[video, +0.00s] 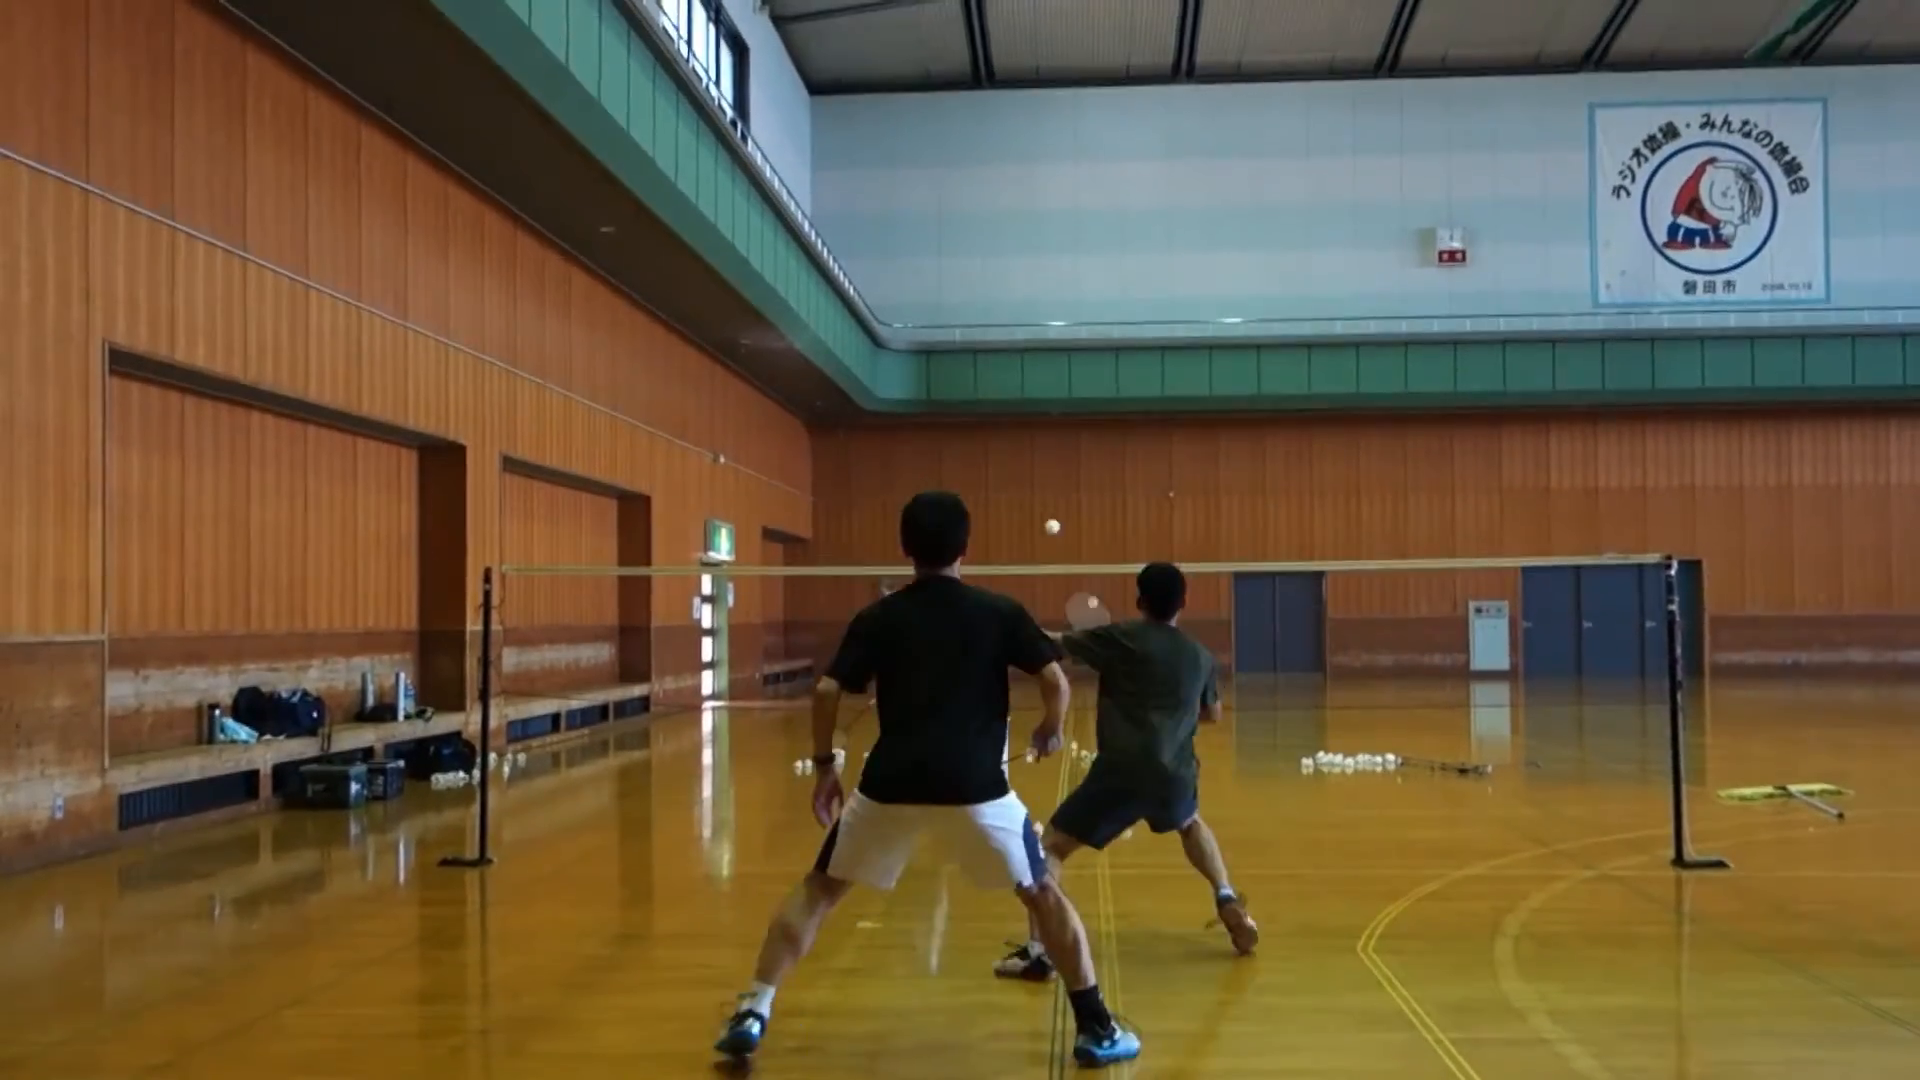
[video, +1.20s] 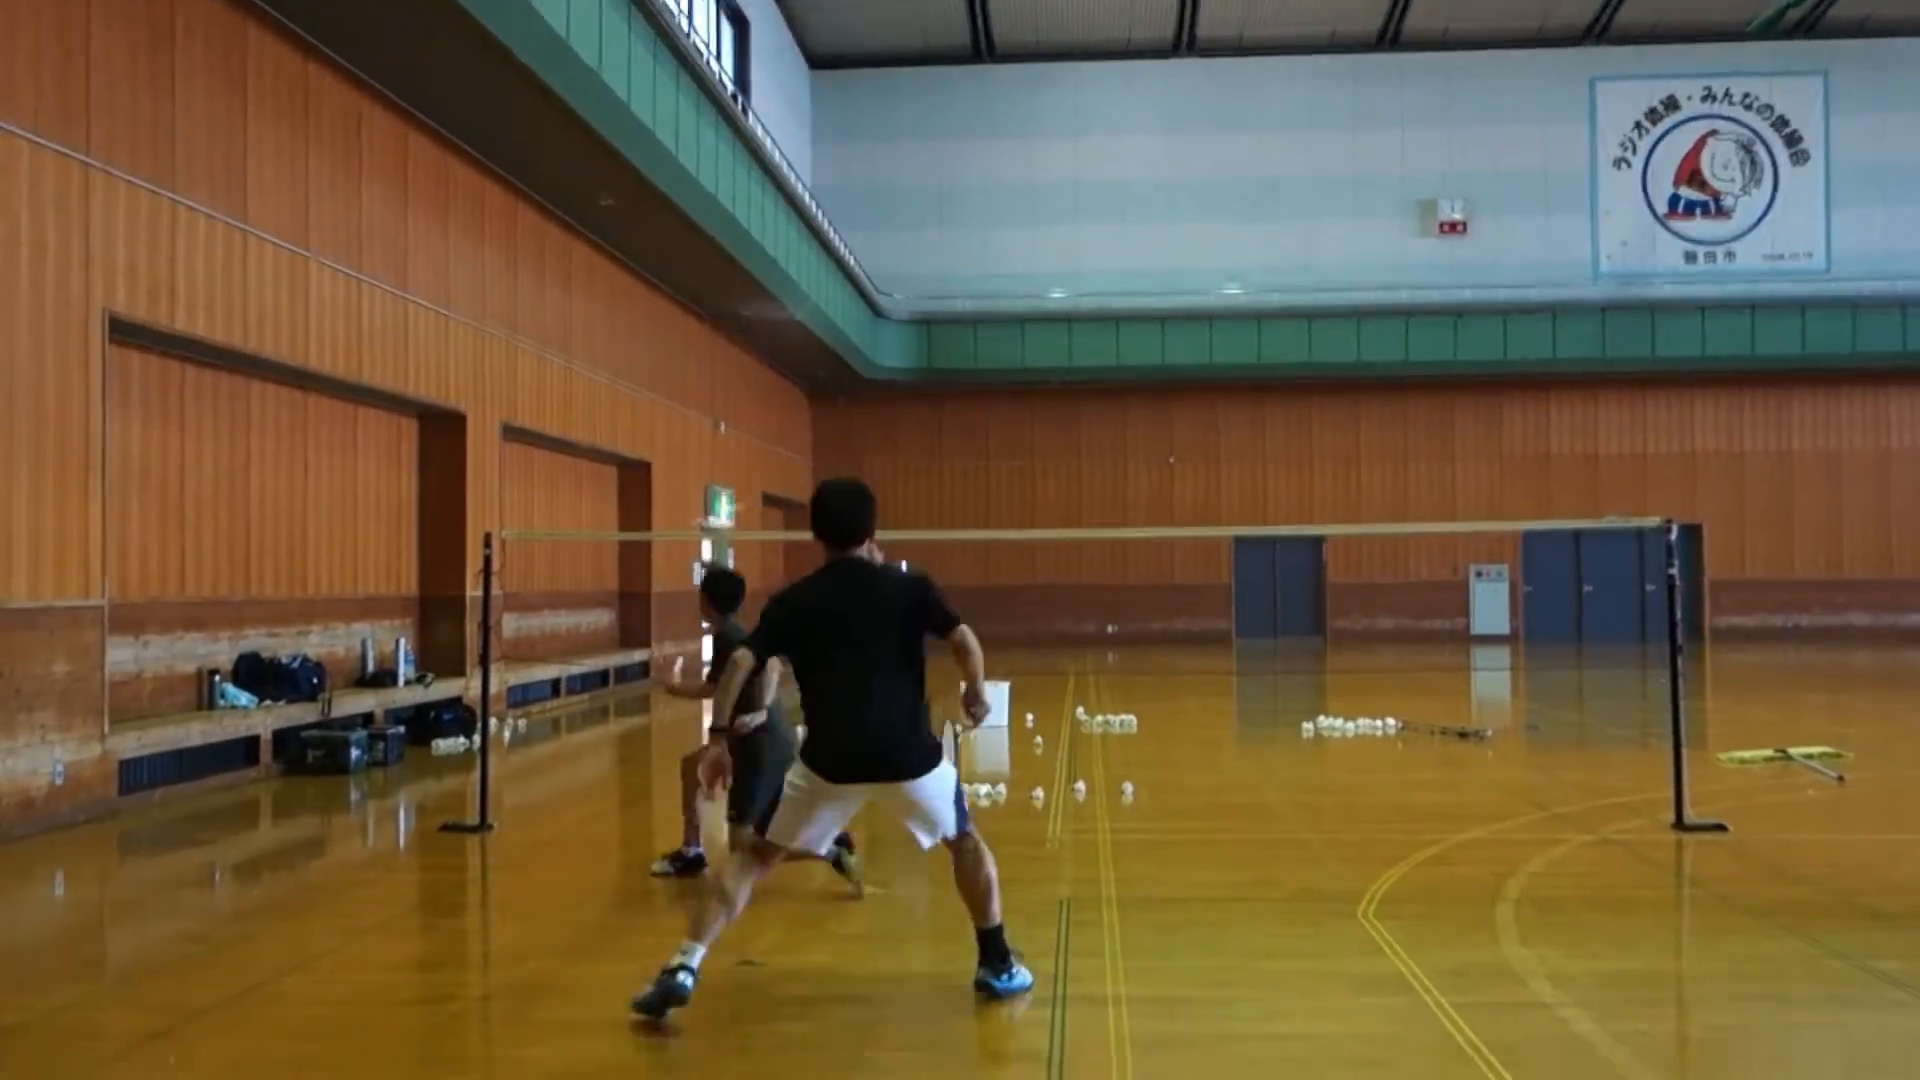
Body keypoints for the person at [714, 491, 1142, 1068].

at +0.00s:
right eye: (958, 539)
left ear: (905, 547)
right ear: (964, 547)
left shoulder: (878, 617)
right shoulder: (999, 613)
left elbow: (826, 691)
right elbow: (1056, 679)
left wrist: (825, 766)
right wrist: (1051, 728)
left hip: (890, 788)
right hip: (976, 789)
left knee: (817, 890)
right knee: (1043, 893)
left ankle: (754, 1009)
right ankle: (1096, 1027)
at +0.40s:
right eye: (925, 540)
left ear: (868, 545)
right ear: (926, 547)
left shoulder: (838, 606)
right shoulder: (953, 607)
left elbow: (772, 655)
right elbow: (994, 672)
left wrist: (771, 740)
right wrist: (1000, 739)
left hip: (847, 772)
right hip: (931, 777)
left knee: (782, 853)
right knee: (1014, 875)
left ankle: (780, 981)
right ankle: (1088, 996)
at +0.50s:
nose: (894, 555)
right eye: (893, 549)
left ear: (832, 555)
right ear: (890, 558)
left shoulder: (808, 617)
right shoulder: (917, 623)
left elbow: (742, 681)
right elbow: (952, 699)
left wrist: (734, 770)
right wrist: (949, 782)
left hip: (806, 782)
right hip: (889, 784)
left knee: (737, 868)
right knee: (977, 877)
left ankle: (685, 988)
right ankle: (1033, 1008)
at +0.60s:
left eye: (786, 556)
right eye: (838, 559)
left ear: (781, 566)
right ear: (840, 568)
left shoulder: (753, 637)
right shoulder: (866, 641)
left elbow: (715, 727)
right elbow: (894, 740)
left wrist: (700, 799)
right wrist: (903, 824)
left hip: (761, 802)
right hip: (849, 804)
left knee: (684, 878)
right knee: (946, 884)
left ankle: (631, 1000)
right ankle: (1031, 1002)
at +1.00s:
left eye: (750, 565)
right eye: (797, 566)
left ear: (744, 576)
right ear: (803, 574)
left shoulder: (717, 653)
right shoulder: (837, 640)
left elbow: (689, 746)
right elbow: (882, 728)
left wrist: (680, 820)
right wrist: (891, 780)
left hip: (746, 817)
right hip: (836, 812)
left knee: (682, 906)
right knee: (923, 873)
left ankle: (636, 1032)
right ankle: (987, 984)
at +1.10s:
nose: (777, 575)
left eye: (777, 568)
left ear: (779, 576)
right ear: (837, 574)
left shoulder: (758, 646)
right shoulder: (875, 635)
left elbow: (712, 727)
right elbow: (932, 698)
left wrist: (684, 805)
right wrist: (945, 745)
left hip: (780, 810)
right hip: (866, 805)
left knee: (709, 903)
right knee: (946, 874)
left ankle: (643, 1016)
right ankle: (990, 990)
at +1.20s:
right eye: (872, 526)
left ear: (815, 533)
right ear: (872, 531)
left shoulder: (793, 602)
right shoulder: (909, 587)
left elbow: (741, 660)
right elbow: (963, 638)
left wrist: (717, 737)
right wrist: (976, 689)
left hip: (829, 759)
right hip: (908, 756)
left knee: (755, 855)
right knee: (964, 839)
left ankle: (684, 967)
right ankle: (996, 960)